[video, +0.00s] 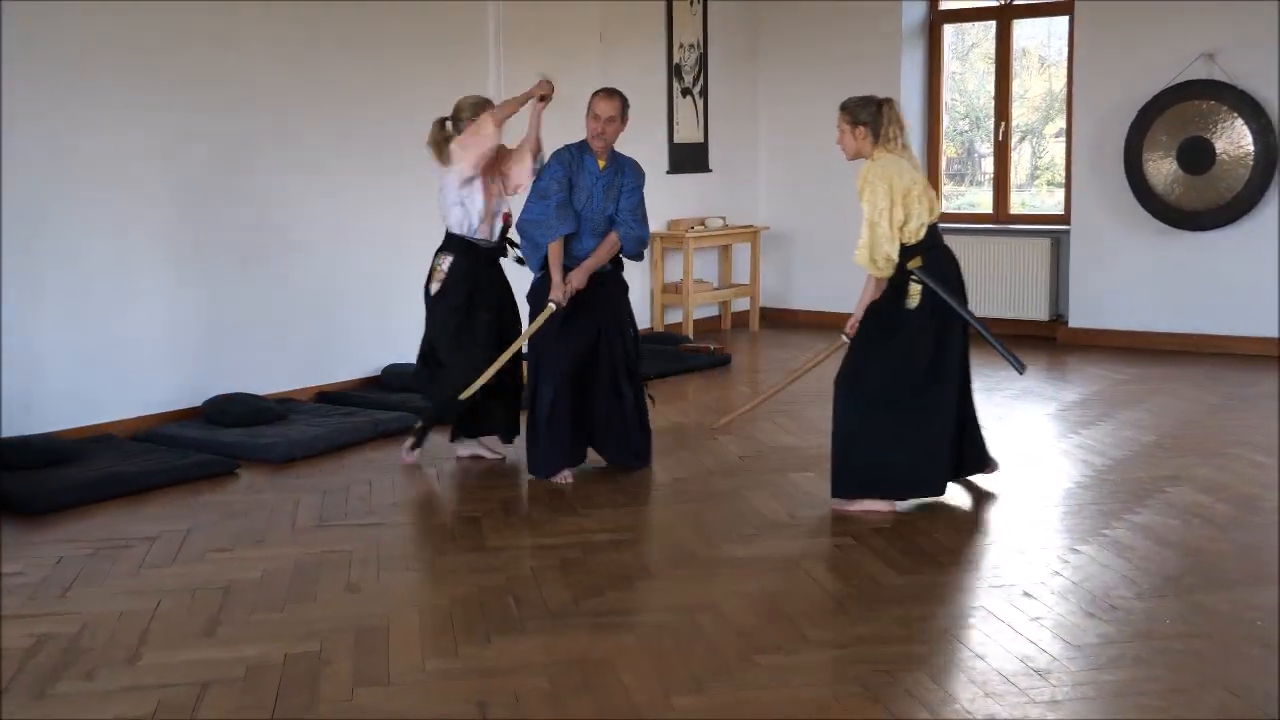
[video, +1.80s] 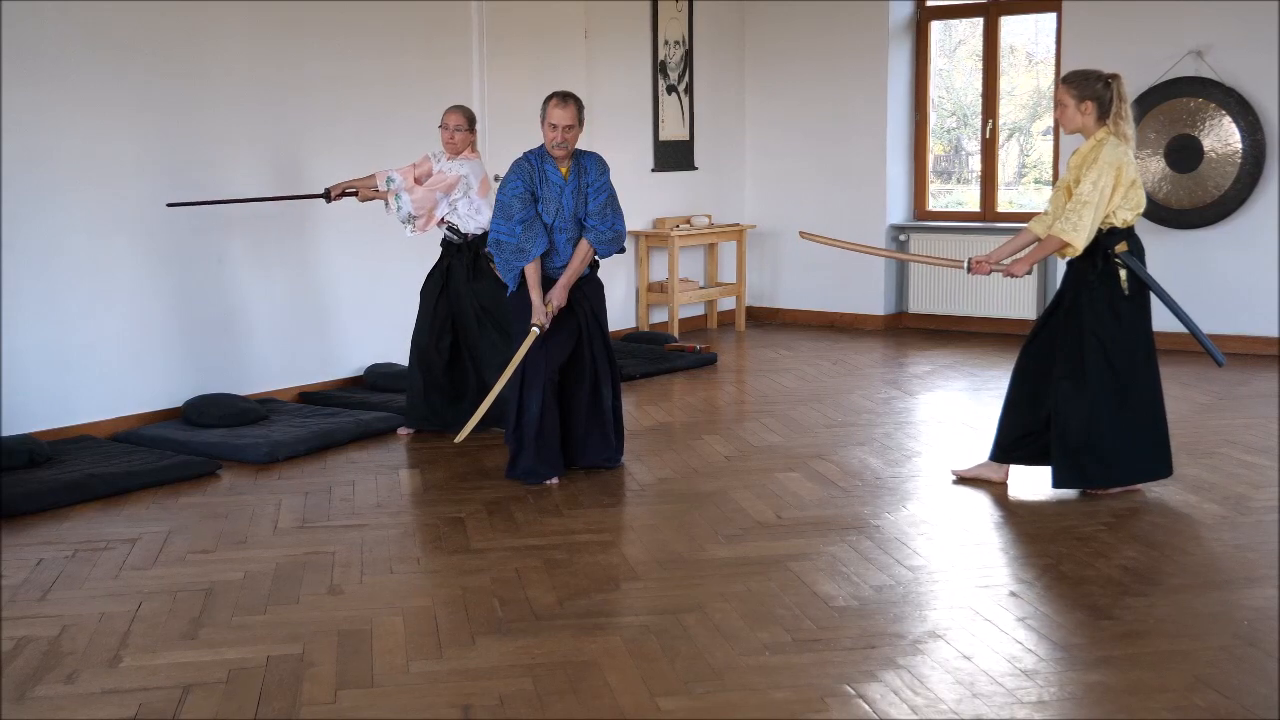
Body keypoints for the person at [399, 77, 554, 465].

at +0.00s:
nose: (493, 126)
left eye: (493, 120)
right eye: (487, 120)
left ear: (486, 126)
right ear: (468, 126)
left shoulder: (497, 167)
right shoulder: (459, 163)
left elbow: (529, 157)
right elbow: (490, 122)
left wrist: (537, 111)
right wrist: (529, 95)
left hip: (488, 266)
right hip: (458, 264)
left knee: (496, 347)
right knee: (461, 351)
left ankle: (469, 436)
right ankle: (422, 430)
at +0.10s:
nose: (482, 135)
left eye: (483, 128)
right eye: (473, 127)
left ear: (486, 131)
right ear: (451, 130)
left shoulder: (490, 166)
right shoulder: (440, 164)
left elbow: (505, 165)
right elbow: (464, 127)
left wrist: (507, 123)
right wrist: (512, 108)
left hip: (482, 266)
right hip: (446, 264)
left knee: (494, 348)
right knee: (436, 347)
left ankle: (469, 440)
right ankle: (410, 430)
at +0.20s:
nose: (471, 139)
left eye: (474, 131)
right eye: (463, 133)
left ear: (479, 135)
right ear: (445, 137)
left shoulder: (487, 171)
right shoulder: (431, 173)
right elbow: (423, 138)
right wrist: (474, 125)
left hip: (475, 268)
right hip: (439, 266)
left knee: (482, 348)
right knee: (436, 343)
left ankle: (467, 438)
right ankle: (420, 417)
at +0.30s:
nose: (462, 136)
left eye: (465, 130)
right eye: (454, 131)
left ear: (469, 134)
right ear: (436, 135)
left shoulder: (471, 171)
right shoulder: (424, 167)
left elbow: (442, 204)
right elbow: (401, 183)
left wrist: (420, 153)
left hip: (469, 266)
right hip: (434, 263)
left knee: (475, 347)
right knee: (430, 340)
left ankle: (473, 435)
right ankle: (427, 415)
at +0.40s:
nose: (453, 137)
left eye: (459, 131)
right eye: (446, 130)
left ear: (464, 134)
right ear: (429, 133)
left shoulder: (463, 168)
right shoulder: (417, 163)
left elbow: (420, 198)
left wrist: (383, 170)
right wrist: (381, 155)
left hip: (468, 263)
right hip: (433, 261)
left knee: (472, 345)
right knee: (423, 336)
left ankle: (489, 430)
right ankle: (426, 415)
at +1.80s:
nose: (451, 135)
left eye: (459, 130)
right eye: (446, 128)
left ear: (472, 135)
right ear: (440, 131)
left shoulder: (469, 167)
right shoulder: (439, 160)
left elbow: (425, 197)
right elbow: (398, 176)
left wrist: (377, 195)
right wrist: (350, 184)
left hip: (481, 260)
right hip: (451, 258)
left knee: (488, 337)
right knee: (429, 336)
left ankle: (510, 417)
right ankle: (418, 416)